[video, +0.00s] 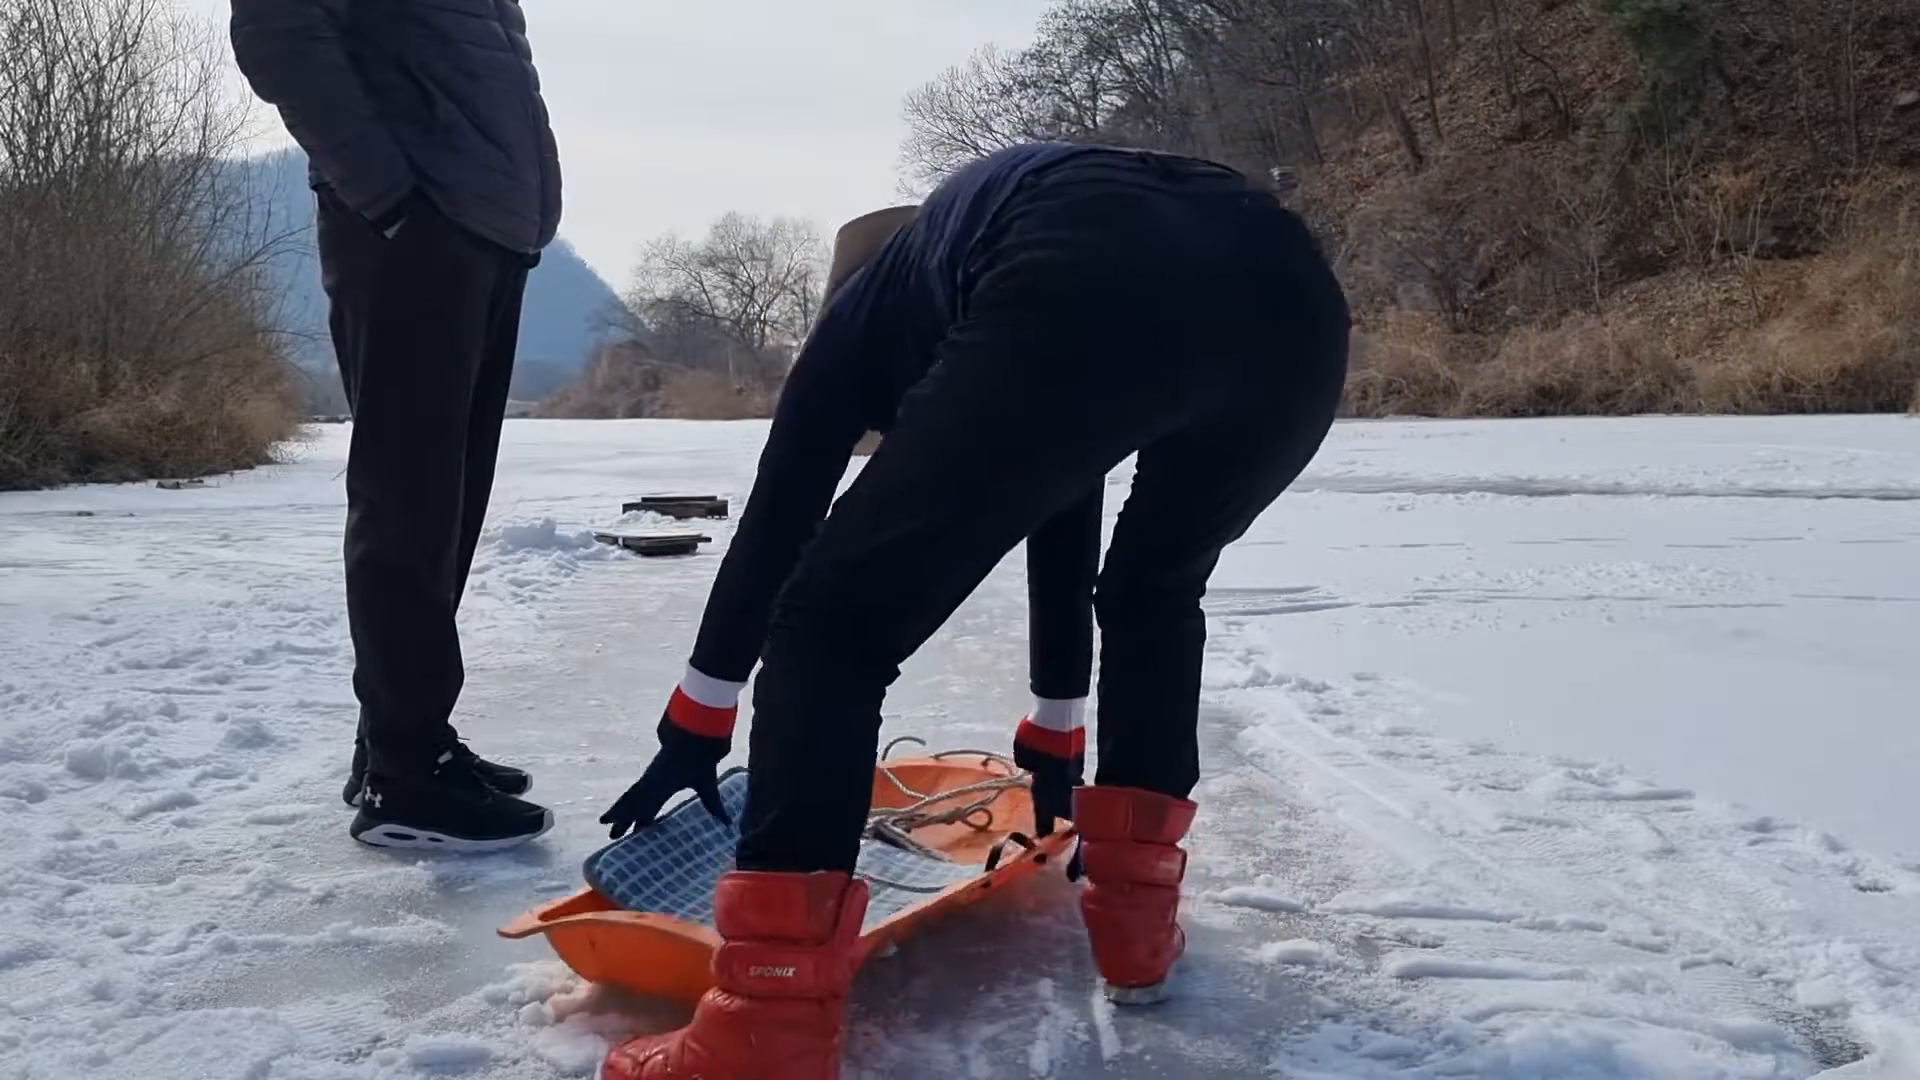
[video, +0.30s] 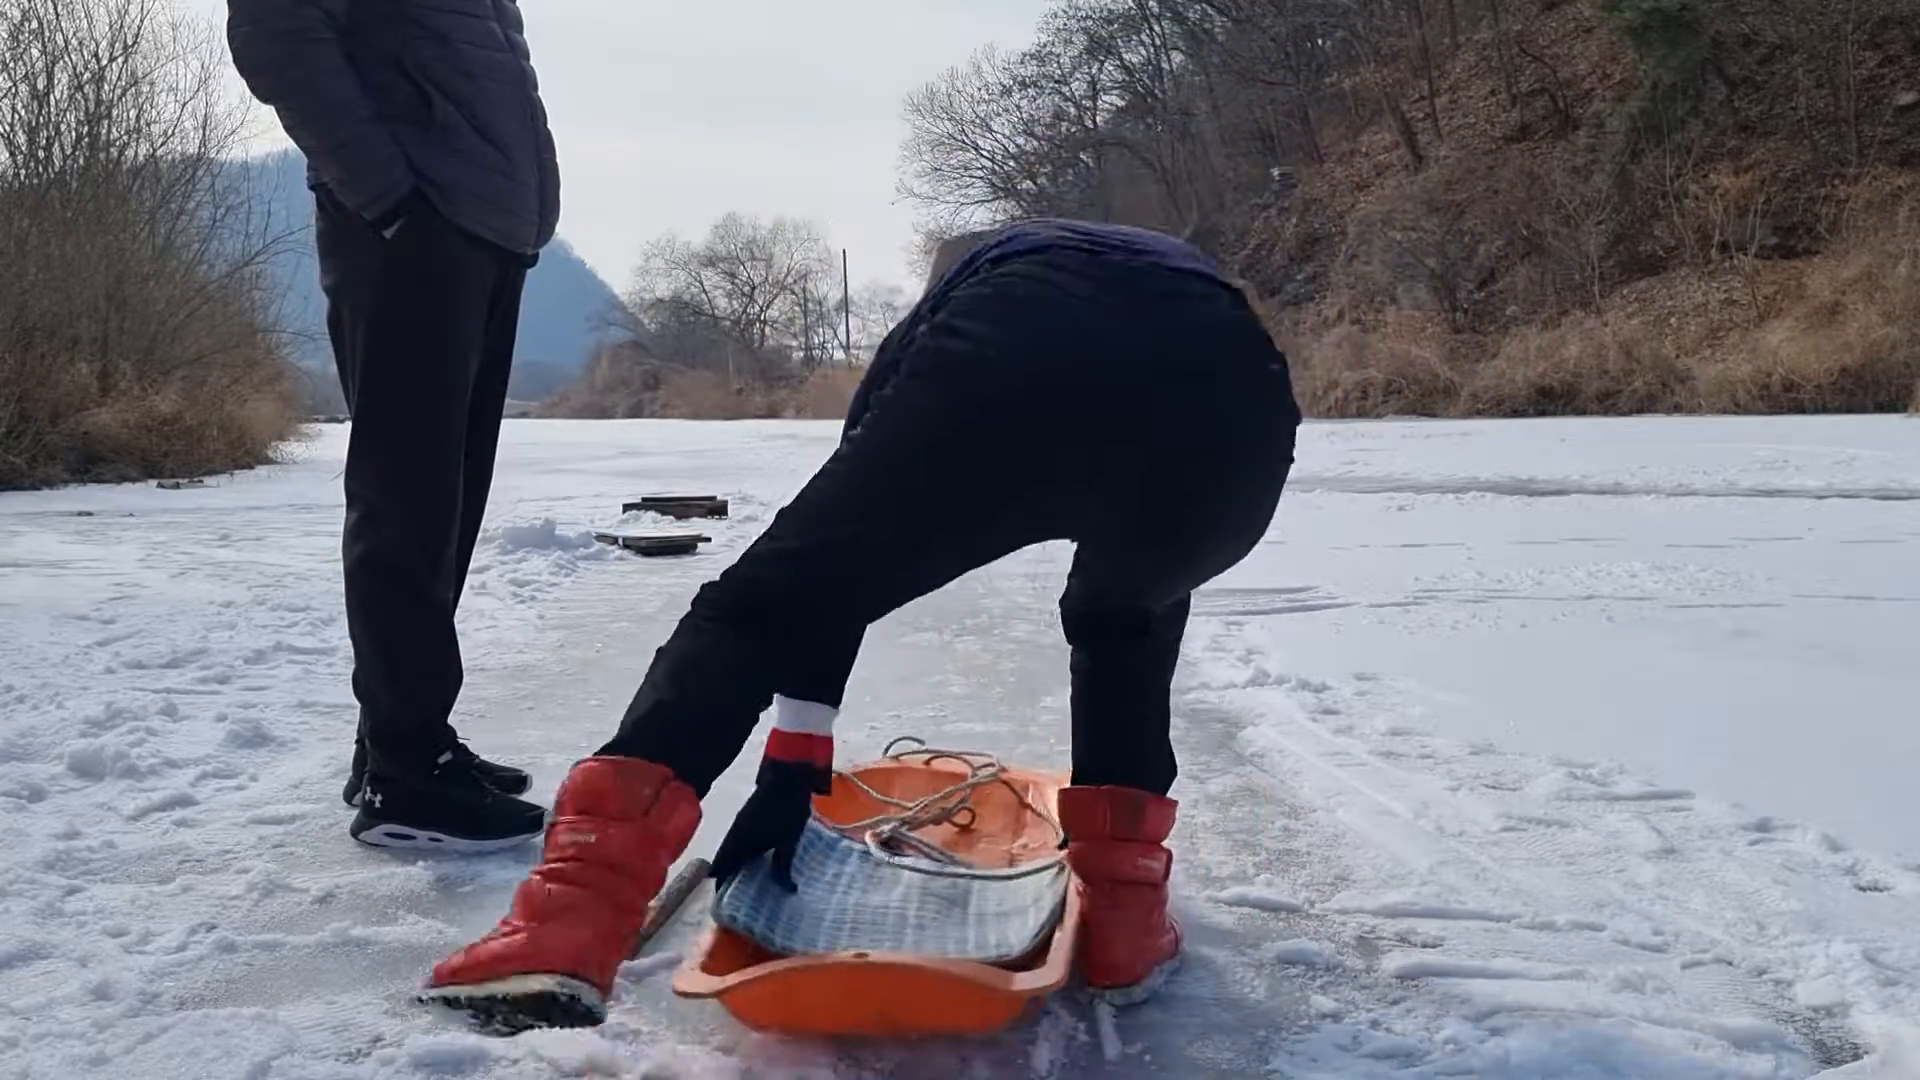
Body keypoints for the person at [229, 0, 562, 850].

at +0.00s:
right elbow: (275, 31)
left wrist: (515, 199)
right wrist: (388, 196)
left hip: (486, 229)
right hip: (410, 221)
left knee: (447, 498)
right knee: (406, 498)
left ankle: (413, 749)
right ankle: (401, 771)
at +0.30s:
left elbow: (488, 39)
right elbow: (273, 32)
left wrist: (513, 191)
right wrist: (387, 197)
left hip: (485, 230)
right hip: (409, 222)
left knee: (445, 499)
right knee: (404, 499)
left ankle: (413, 749)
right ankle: (401, 774)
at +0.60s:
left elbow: (489, 44)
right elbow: (268, 33)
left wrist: (516, 198)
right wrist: (386, 198)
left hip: (484, 232)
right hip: (409, 222)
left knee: (444, 500)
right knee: (403, 500)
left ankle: (419, 749)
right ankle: (399, 770)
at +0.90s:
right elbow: (269, 34)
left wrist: (514, 194)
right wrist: (386, 197)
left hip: (485, 233)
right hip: (409, 225)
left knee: (443, 505)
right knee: (403, 505)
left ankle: (415, 750)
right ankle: (401, 773)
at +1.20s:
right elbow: (269, 34)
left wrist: (515, 200)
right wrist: (386, 197)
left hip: (485, 235)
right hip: (409, 225)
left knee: (444, 505)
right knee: (403, 504)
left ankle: (417, 747)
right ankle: (400, 773)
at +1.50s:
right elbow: (269, 33)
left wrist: (515, 202)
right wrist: (387, 199)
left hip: (485, 235)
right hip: (410, 224)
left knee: (445, 502)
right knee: (404, 501)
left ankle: (416, 745)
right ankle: (400, 770)